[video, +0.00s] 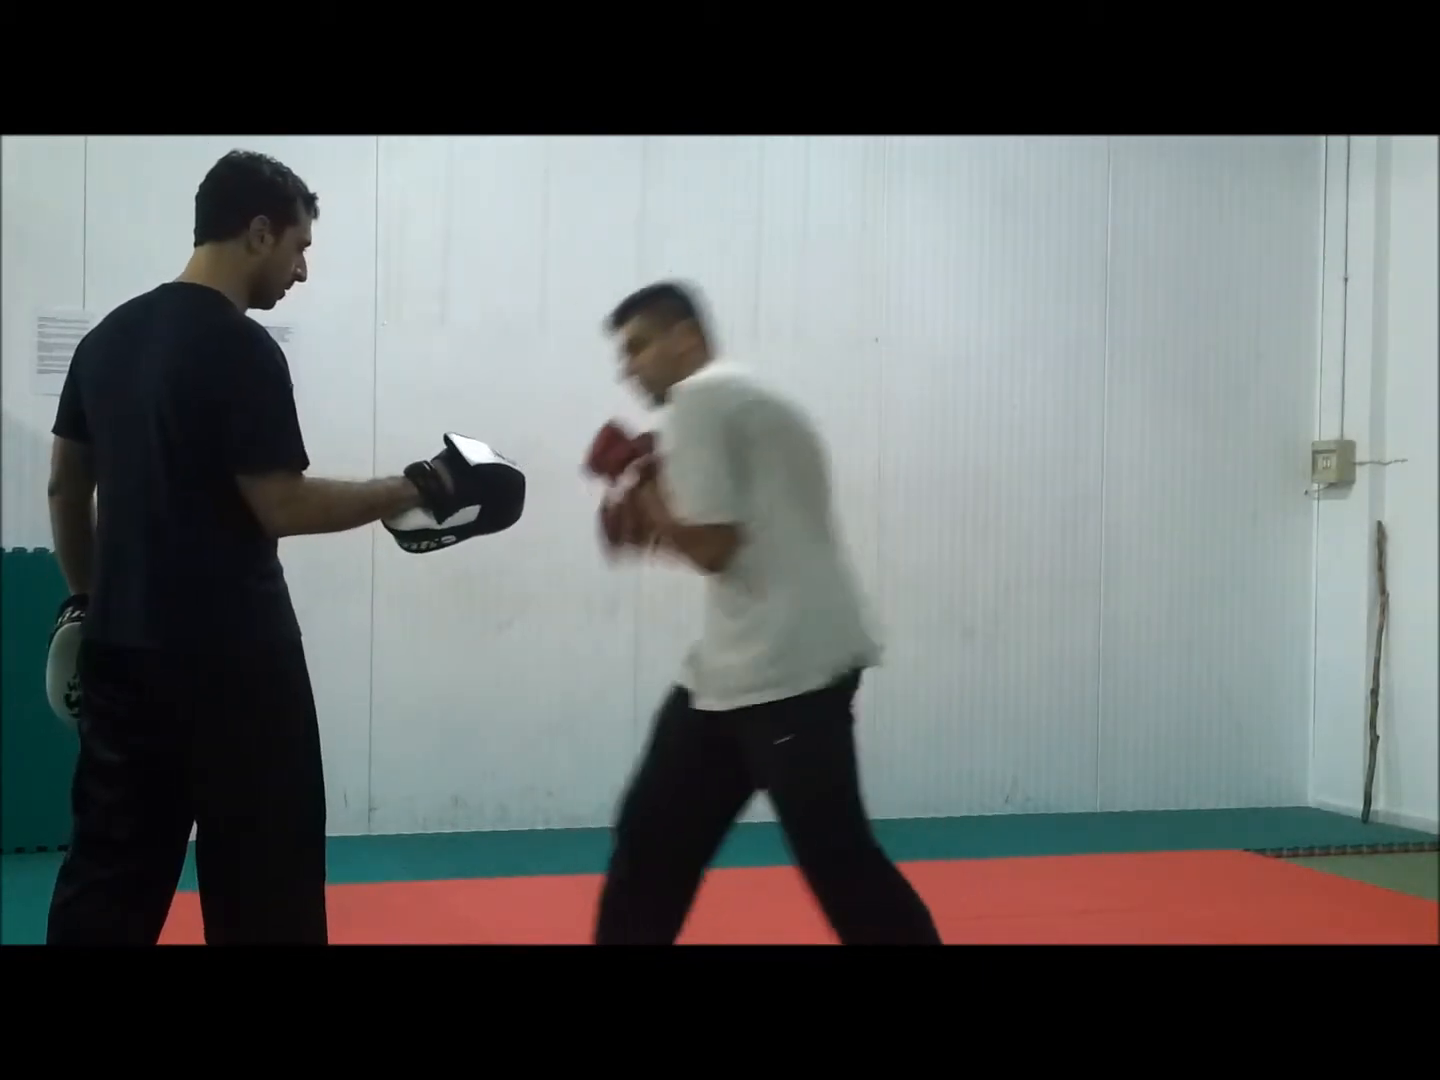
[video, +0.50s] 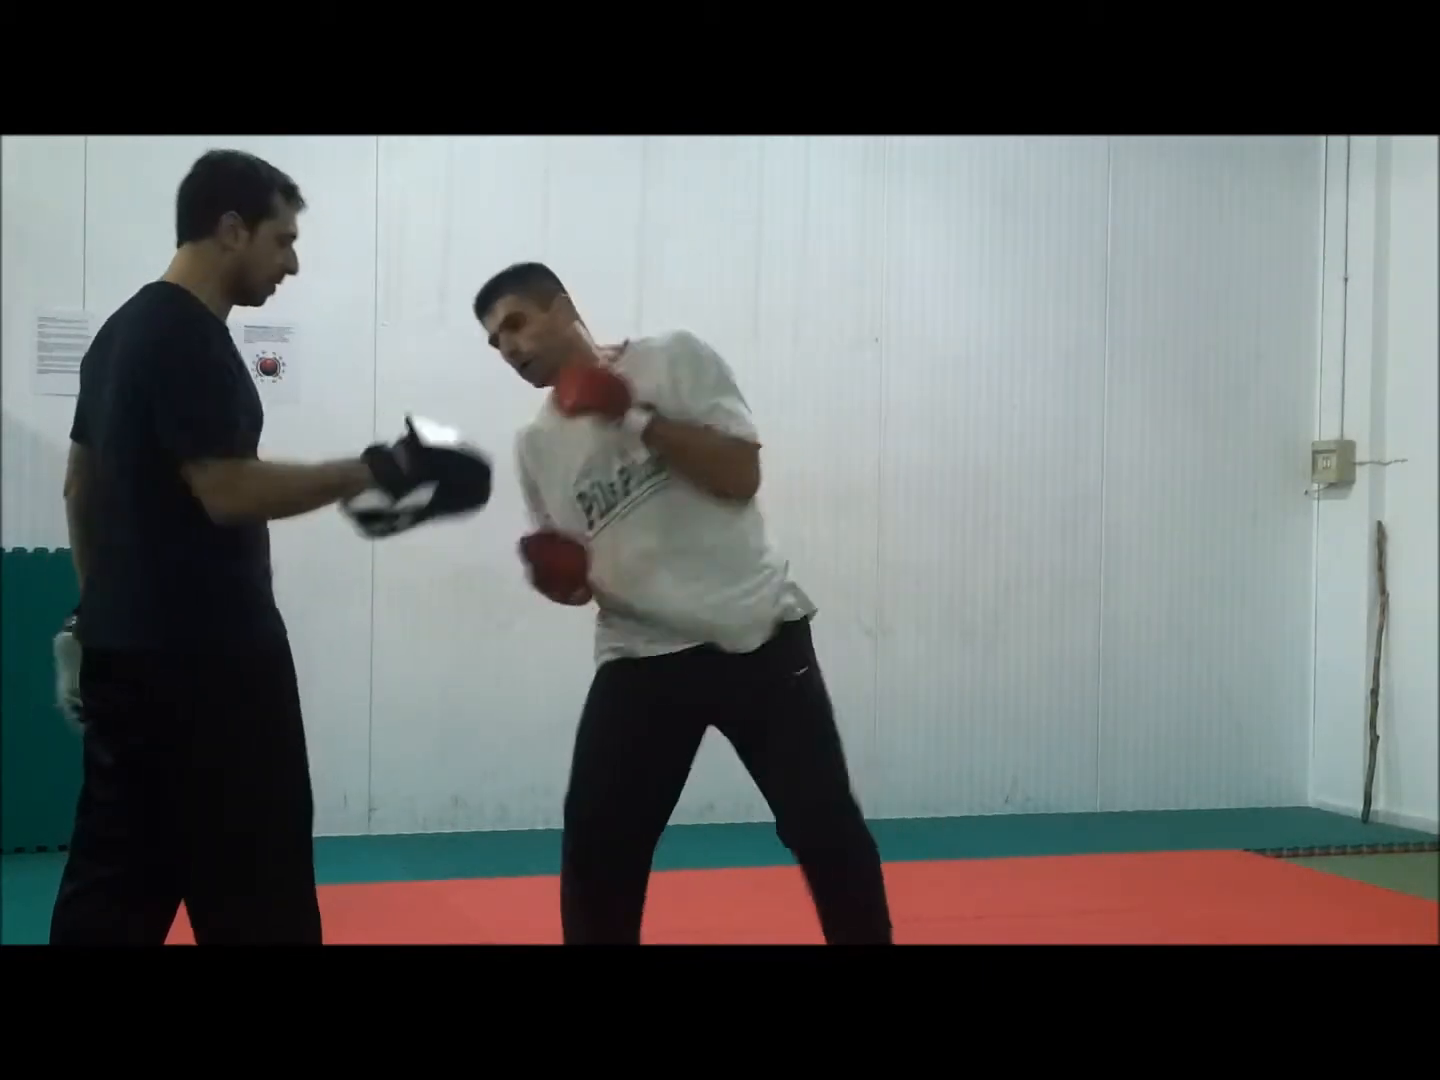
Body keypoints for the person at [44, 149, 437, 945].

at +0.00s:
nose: (304, 269)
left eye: (307, 249)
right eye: (303, 245)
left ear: (212, 230)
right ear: (260, 231)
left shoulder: (107, 338)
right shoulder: (243, 349)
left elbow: (66, 490)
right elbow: (282, 505)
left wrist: (86, 602)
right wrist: (412, 489)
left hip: (123, 661)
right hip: (238, 664)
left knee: (105, 885)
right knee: (268, 891)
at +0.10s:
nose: (300, 269)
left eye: (304, 250)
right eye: (300, 246)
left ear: (209, 230)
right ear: (258, 231)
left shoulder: (104, 338)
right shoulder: (243, 348)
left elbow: (63, 488)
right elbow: (285, 502)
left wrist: (82, 601)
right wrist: (412, 487)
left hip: (121, 659)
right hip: (238, 661)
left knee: (106, 884)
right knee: (267, 890)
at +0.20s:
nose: (300, 270)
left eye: (304, 249)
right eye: (298, 245)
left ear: (217, 231)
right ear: (255, 231)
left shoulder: (103, 337)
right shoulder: (241, 345)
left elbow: (60, 487)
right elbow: (287, 499)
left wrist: (78, 602)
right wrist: (414, 480)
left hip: (120, 657)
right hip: (237, 658)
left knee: (106, 880)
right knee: (268, 887)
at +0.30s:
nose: (296, 263)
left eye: (299, 243)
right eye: (290, 238)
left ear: (217, 228)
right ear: (239, 225)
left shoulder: (107, 337)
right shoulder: (231, 334)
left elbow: (63, 491)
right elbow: (314, 462)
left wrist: (77, 606)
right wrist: (412, 363)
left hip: (117, 653)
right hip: (230, 653)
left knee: (108, 876)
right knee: (269, 881)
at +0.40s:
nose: (284, 253)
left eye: (285, 233)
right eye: (275, 230)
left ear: (208, 225)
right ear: (221, 222)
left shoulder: (113, 334)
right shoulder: (210, 332)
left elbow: (79, 488)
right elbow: (277, 455)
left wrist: (80, 609)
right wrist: (398, 413)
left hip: (122, 651)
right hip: (224, 651)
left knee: (111, 874)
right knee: (265, 878)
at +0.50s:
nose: (293, 262)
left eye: (294, 242)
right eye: (285, 239)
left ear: (223, 231)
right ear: (231, 227)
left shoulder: (120, 332)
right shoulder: (192, 336)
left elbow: (83, 490)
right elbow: (227, 493)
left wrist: (95, 612)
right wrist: (371, 471)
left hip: (127, 654)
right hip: (216, 657)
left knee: (115, 875)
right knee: (259, 885)